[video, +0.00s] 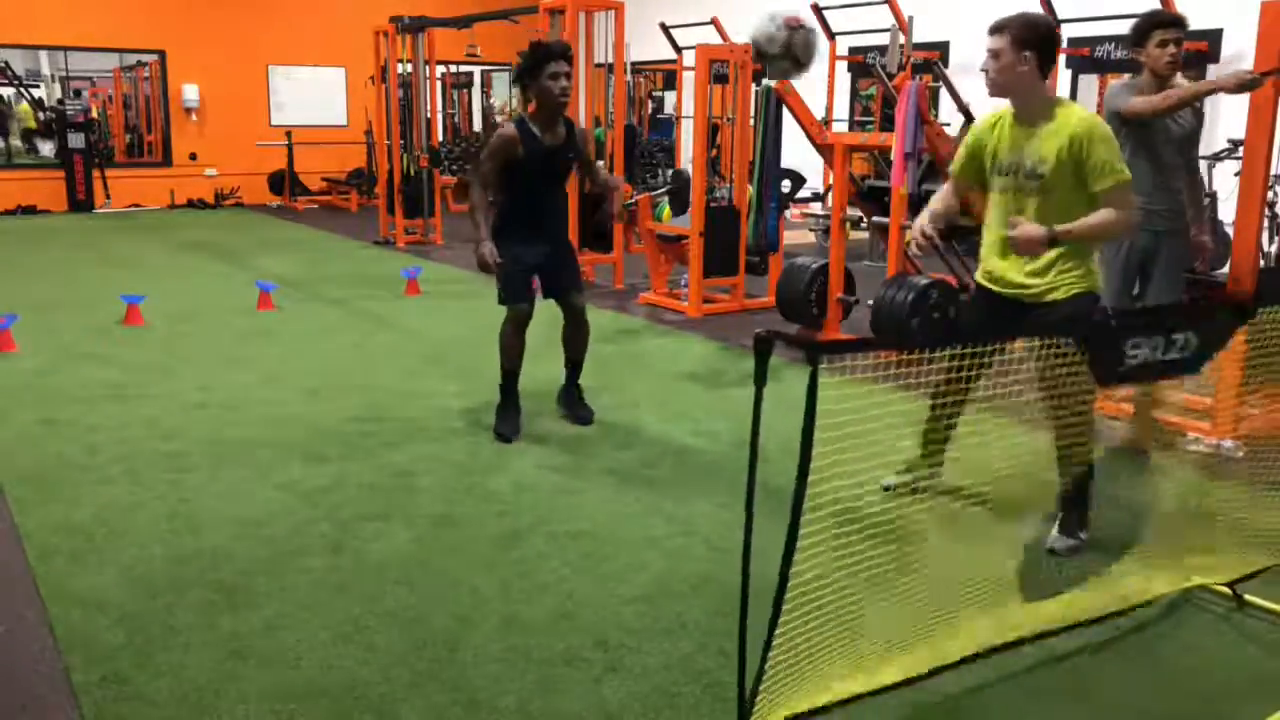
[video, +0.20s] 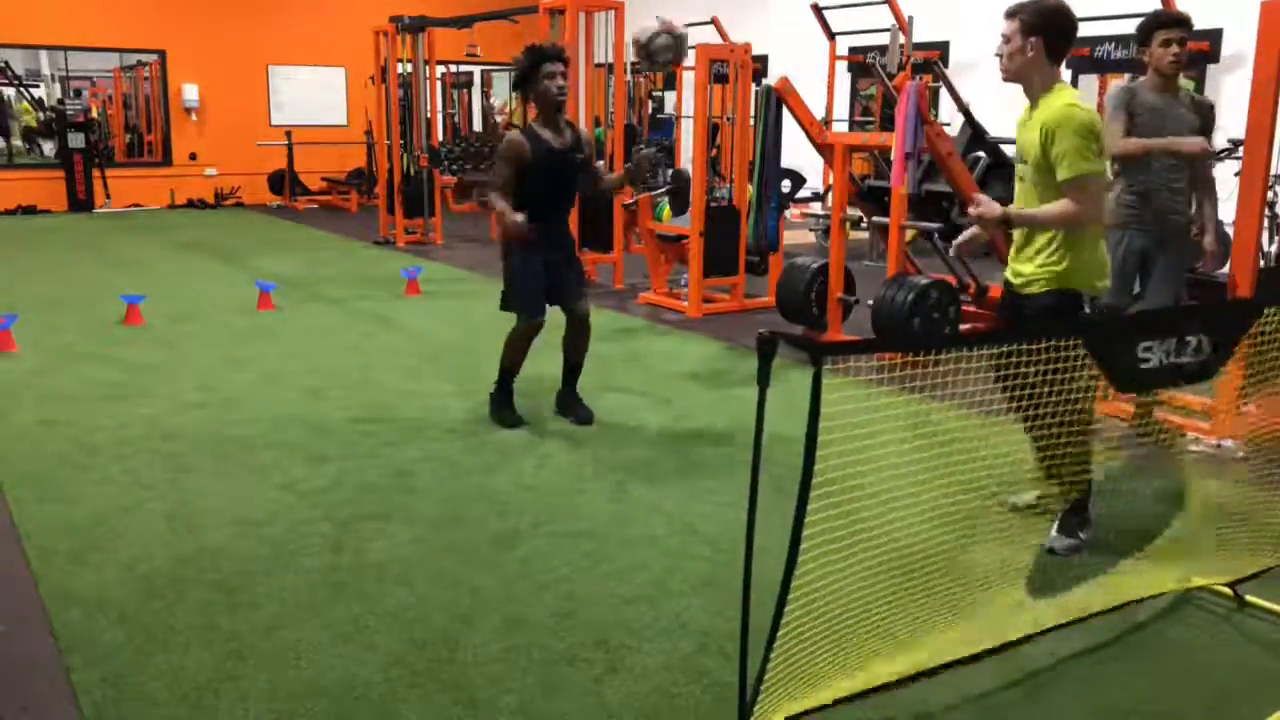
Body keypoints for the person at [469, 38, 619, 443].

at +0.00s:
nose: (564, 84)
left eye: (567, 77)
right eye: (554, 77)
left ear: (572, 84)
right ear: (531, 86)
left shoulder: (574, 136)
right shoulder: (508, 139)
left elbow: (590, 174)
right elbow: (479, 186)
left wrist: (609, 183)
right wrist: (483, 238)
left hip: (555, 238)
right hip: (513, 241)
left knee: (577, 310)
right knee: (519, 314)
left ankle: (571, 389)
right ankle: (509, 400)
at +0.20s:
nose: (561, 83)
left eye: (563, 77)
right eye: (551, 77)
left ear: (569, 84)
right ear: (531, 90)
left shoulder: (577, 137)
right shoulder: (516, 143)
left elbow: (591, 187)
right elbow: (496, 194)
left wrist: (629, 174)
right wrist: (508, 214)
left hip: (559, 238)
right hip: (524, 239)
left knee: (580, 314)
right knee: (531, 321)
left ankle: (568, 394)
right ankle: (502, 394)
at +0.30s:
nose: (560, 69)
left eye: (562, 62)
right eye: (550, 63)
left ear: (568, 70)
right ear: (530, 74)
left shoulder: (581, 123)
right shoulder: (522, 128)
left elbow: (589, 177)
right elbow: (509, 181)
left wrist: (624, 163)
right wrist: (527, 194)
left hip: (570, 231)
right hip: (534, 231)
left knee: (580, 310)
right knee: (533, 311)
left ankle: (569, 392)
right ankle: (505, 377)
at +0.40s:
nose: (562, 76)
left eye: (564, 69)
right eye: (552, 69)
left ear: (570, 75)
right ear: (532, 78)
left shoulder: (576, 127)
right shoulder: (524, 130)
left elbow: (585, 177)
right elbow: (512, 186)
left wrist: (620, 164)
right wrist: (535, 196)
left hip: (575, 235)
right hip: (538, 236)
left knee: (596, 305)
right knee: (534, 308)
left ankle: (573, 389)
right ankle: (510, 373)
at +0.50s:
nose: (568, 82)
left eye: (572, 75)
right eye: (560, 75)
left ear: (575, 79)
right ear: (540, 81)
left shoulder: (583, 126)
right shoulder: (528, 131)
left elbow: (588, 177)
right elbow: (515, 185)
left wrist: (621, 171)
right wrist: (537, 205)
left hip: (586, 233)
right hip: (547, 234)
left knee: (615, 304)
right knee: (528, 310)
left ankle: (593, 380)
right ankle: (510, 374)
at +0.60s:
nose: (586, 78)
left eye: (590, 70)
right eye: (579, 70)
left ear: (592, 70)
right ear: (556, 71)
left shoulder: (600, 115)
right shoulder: (538, 122)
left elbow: (622, 164)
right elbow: (522, 173)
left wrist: (630, 165)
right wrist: (530, 208)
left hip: (598, 226)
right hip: (557, 228)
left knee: (617, 300)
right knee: (551, 304)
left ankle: (616, 376)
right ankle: (522, 362)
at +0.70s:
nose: (604, 98)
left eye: (608, 90)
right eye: (597, 90)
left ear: (610, 89)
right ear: (577, 87)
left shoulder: (612, 127)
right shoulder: (547, 129)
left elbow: (614, 171)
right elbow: (523, 171)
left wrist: (636, 184)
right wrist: (521, 216)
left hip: (603, 224)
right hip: (566, 225)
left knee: (621, 301)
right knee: (589, 304)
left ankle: (620, 381)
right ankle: (554, 351)